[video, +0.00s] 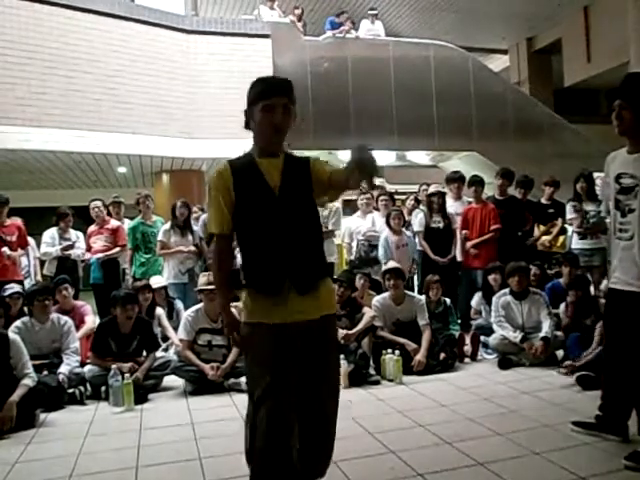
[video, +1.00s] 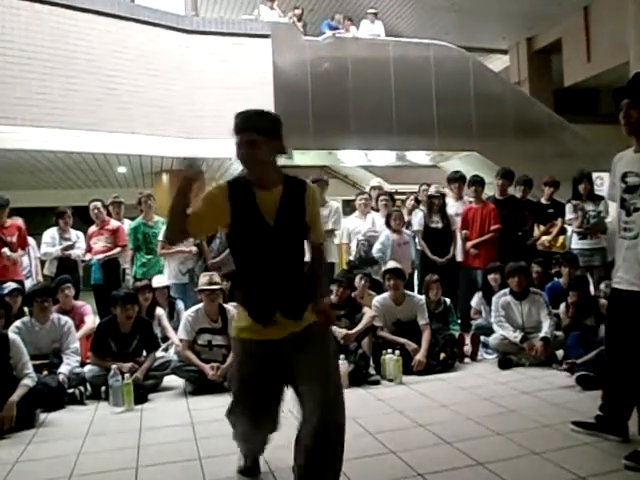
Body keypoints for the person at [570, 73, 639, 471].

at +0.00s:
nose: (616, 119)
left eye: (622, 111)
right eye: (614, 112)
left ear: (638, 115)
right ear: (617, 118)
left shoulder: (632, 162)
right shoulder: (614, 160)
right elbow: (612, 220)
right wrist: (609, 271)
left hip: (636, 282)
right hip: (619, 279)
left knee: (635, 360)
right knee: (617, 354)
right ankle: (612, 419)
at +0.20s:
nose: (619, 119)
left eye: (625, 111)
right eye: (617, 112)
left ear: (639, 115)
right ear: (618, 118)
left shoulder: (631, 163)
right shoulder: (616, 161)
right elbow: (611, 217)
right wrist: (592, 229)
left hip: (636, 281)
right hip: (620, 278)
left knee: (634, 359)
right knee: (617, 353)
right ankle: (612, 419)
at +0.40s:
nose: (622, 118)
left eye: (628, 111)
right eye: (620, 112)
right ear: (620, 118)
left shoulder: (631, 163)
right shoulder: (618, 161)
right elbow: (611, 217)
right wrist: (592, 226)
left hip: (636, 282)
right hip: (621, 278)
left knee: (634, 358)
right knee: (618, 352)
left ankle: (639, 441)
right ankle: (612, 418)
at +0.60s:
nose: (624, 119)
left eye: (629, 111)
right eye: (621, 112)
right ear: (620, 119)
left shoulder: (630, 163)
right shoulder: (620, 161)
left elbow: (615, 220)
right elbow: (615, 220)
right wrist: (593, 228)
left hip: (636, 281)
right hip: (622, 279)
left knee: (633, 357)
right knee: (618, 352)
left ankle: (639, 441)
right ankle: (612, 418)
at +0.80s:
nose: (624, 119)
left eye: (629, 111)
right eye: (622, 113)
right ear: (621, 119)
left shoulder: (630, 163)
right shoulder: (620, 162)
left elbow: (615, 221)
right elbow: (614, 221)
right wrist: (593, 230)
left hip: (636, 282)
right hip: (623, 279)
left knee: (635, 357)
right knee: (618, 352)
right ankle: (612, 418)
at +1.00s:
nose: (624, 118)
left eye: (629, 111)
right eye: (623, 111)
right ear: (624, 118)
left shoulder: (629, 162)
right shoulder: (621, 161)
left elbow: (616, 221)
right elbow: (615, 221)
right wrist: (610, 266)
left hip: (635, 280)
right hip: (623, 278)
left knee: (633, 357)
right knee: (619, 352)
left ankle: (639, 441)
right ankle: (612, 418)